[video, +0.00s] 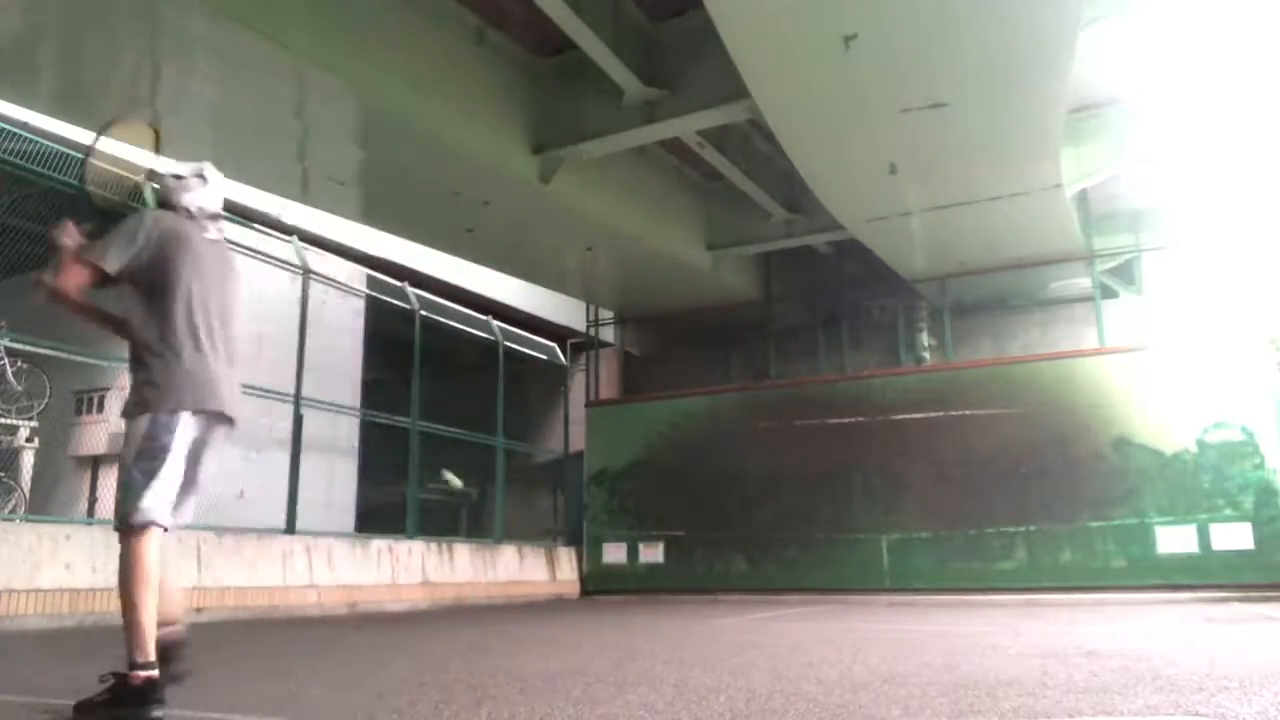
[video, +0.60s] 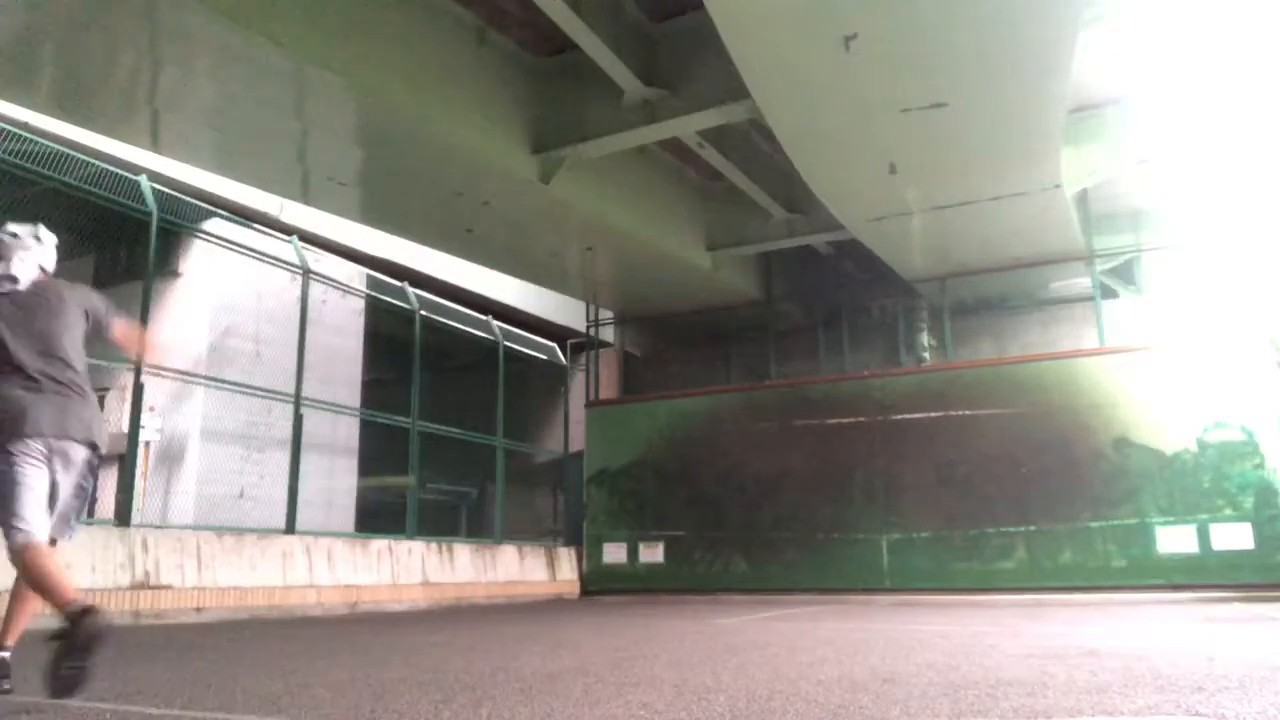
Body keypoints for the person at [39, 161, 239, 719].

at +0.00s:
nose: (156, 193)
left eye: (161, 188)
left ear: (166, 194)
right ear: (210, 204)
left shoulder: (156, 225)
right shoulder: (220, 253)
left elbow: (69, 282)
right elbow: (151, 332)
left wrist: (70, 247)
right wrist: (74, 298)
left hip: (166, 396)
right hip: (215, 399)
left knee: (139, 528)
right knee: (159, 526)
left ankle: (141, 675)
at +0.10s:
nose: (131, 202)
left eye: (136, 196)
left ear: (141, 199)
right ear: (184, 207)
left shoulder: (140, 229)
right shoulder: (189, 252)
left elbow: (47, 267)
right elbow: (105, 328)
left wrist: (48, 222)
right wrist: (41, 284)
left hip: (155, 400)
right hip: (193, 401)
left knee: (131, 530)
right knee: (119, 524)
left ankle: (144, 674)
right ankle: (87, 648)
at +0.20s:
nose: (88, 231)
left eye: (91, 222)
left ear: (106, 217)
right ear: (147, 219)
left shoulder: (123, 240)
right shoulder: (149, 268)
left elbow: (53, 266)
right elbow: (58, 322)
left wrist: (41, 212)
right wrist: (16, 278)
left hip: (140, 416)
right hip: (161, 415)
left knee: (102, 544)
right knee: (96, 545)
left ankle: (144, 674)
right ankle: (36, 644)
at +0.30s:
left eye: (65, 249)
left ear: (78, 247)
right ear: (108, 248)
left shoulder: (97, 269)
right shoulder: (108, 286)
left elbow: (79, 316)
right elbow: (51, 341)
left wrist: (36, 255)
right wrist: (13, 347)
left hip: (122, 434)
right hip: (129, 434)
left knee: (75, 561)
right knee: (66, 558)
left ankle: (141, 674)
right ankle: (12, 652)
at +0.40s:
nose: (29, 296)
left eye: (35, 287)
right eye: (30, 288)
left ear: (52, 285)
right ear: (70, 283)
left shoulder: (70, 311)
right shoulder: (62, 324)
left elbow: (82, 372)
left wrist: (19, 374)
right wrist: (17, 396)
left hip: (87, 461)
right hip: (79, 462)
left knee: (60, 566)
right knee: (34, 563)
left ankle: (141, 666)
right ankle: (1, 654)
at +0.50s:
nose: (12, 282)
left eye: (16, 275)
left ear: (18, 278)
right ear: (63, 281)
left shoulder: (10, 313)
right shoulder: (89, 322)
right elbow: (97, 387)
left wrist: (6, 433)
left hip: (42, 447)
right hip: (97, 453)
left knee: (39, 555)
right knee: (35, 559)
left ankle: (119, 639)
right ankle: (1, 654)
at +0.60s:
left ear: (5, 260)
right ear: (47, 262)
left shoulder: (3, 297)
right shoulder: (74, 296)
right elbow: (134, 339)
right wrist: (149, 351)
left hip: (20, 425)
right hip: (80, 430)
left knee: (24, 544)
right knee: (42, 550)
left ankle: (78, 612)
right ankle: (3, 654)